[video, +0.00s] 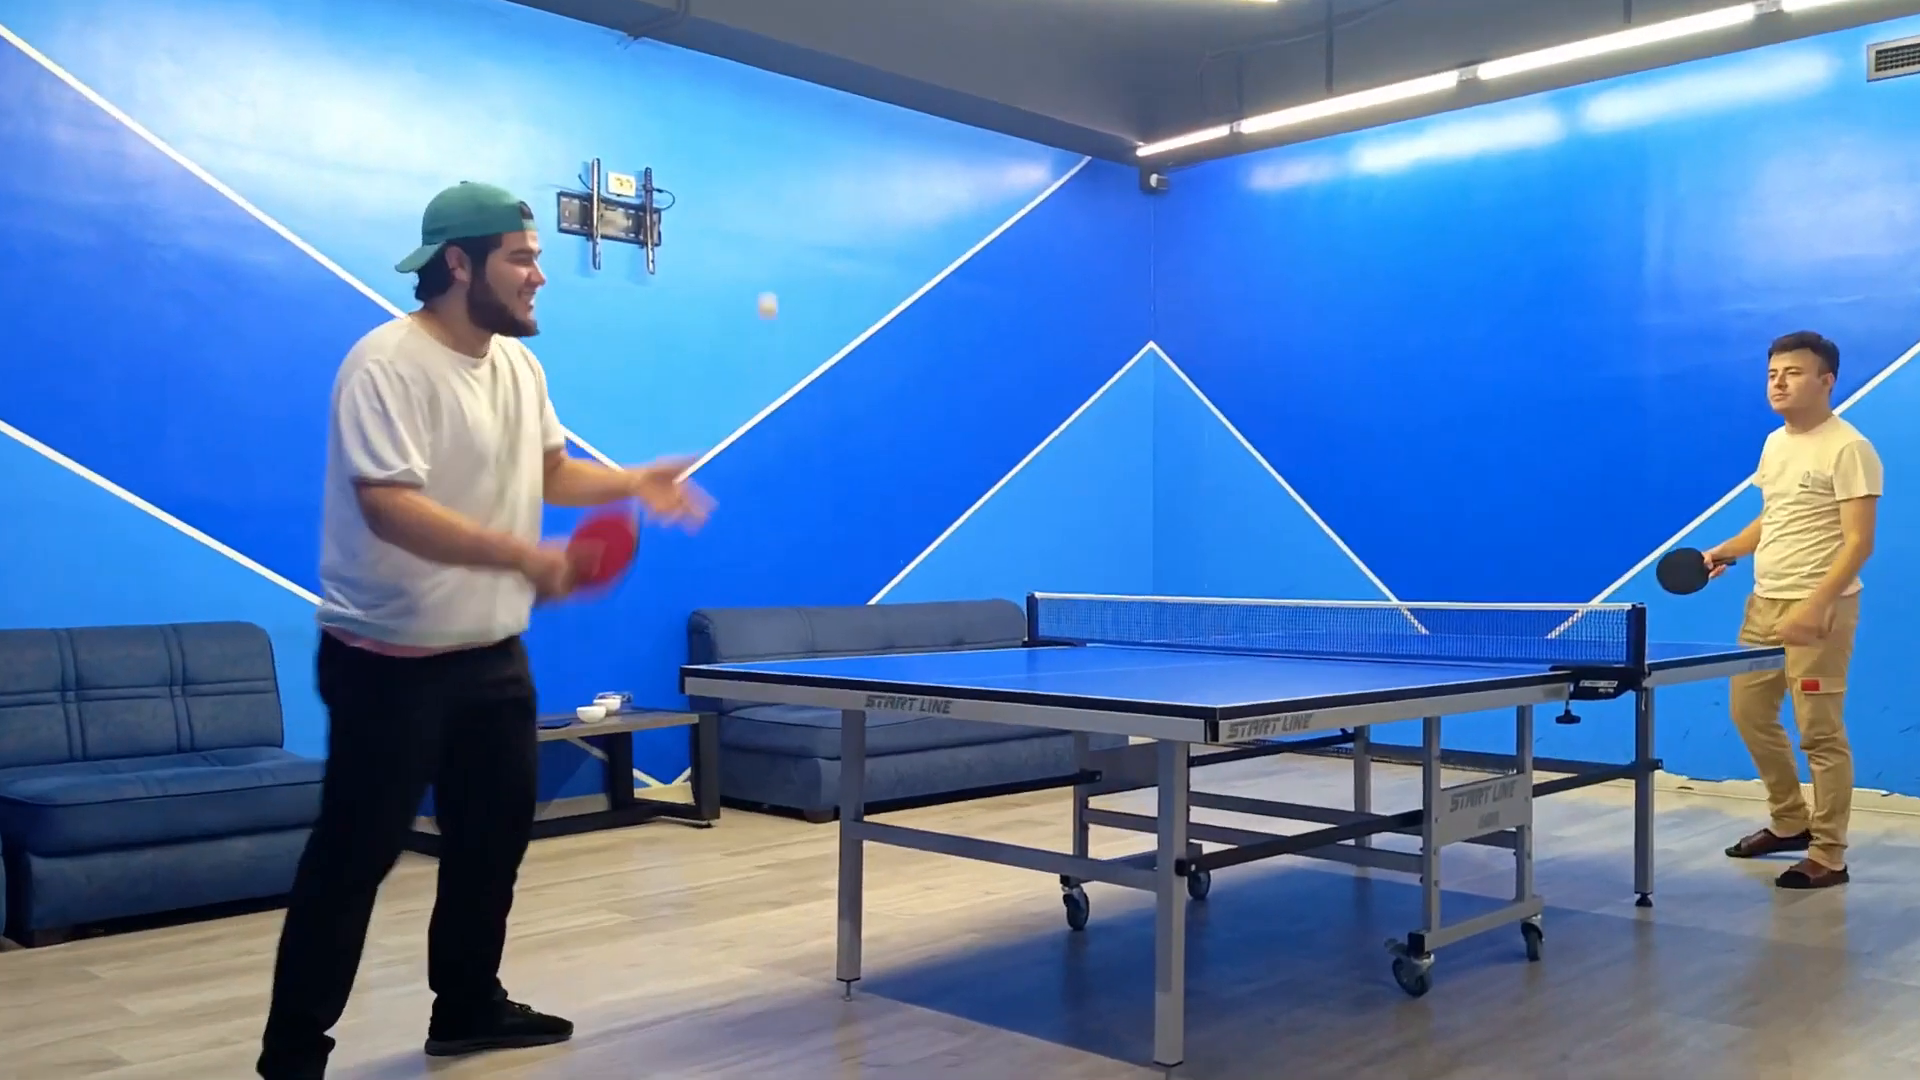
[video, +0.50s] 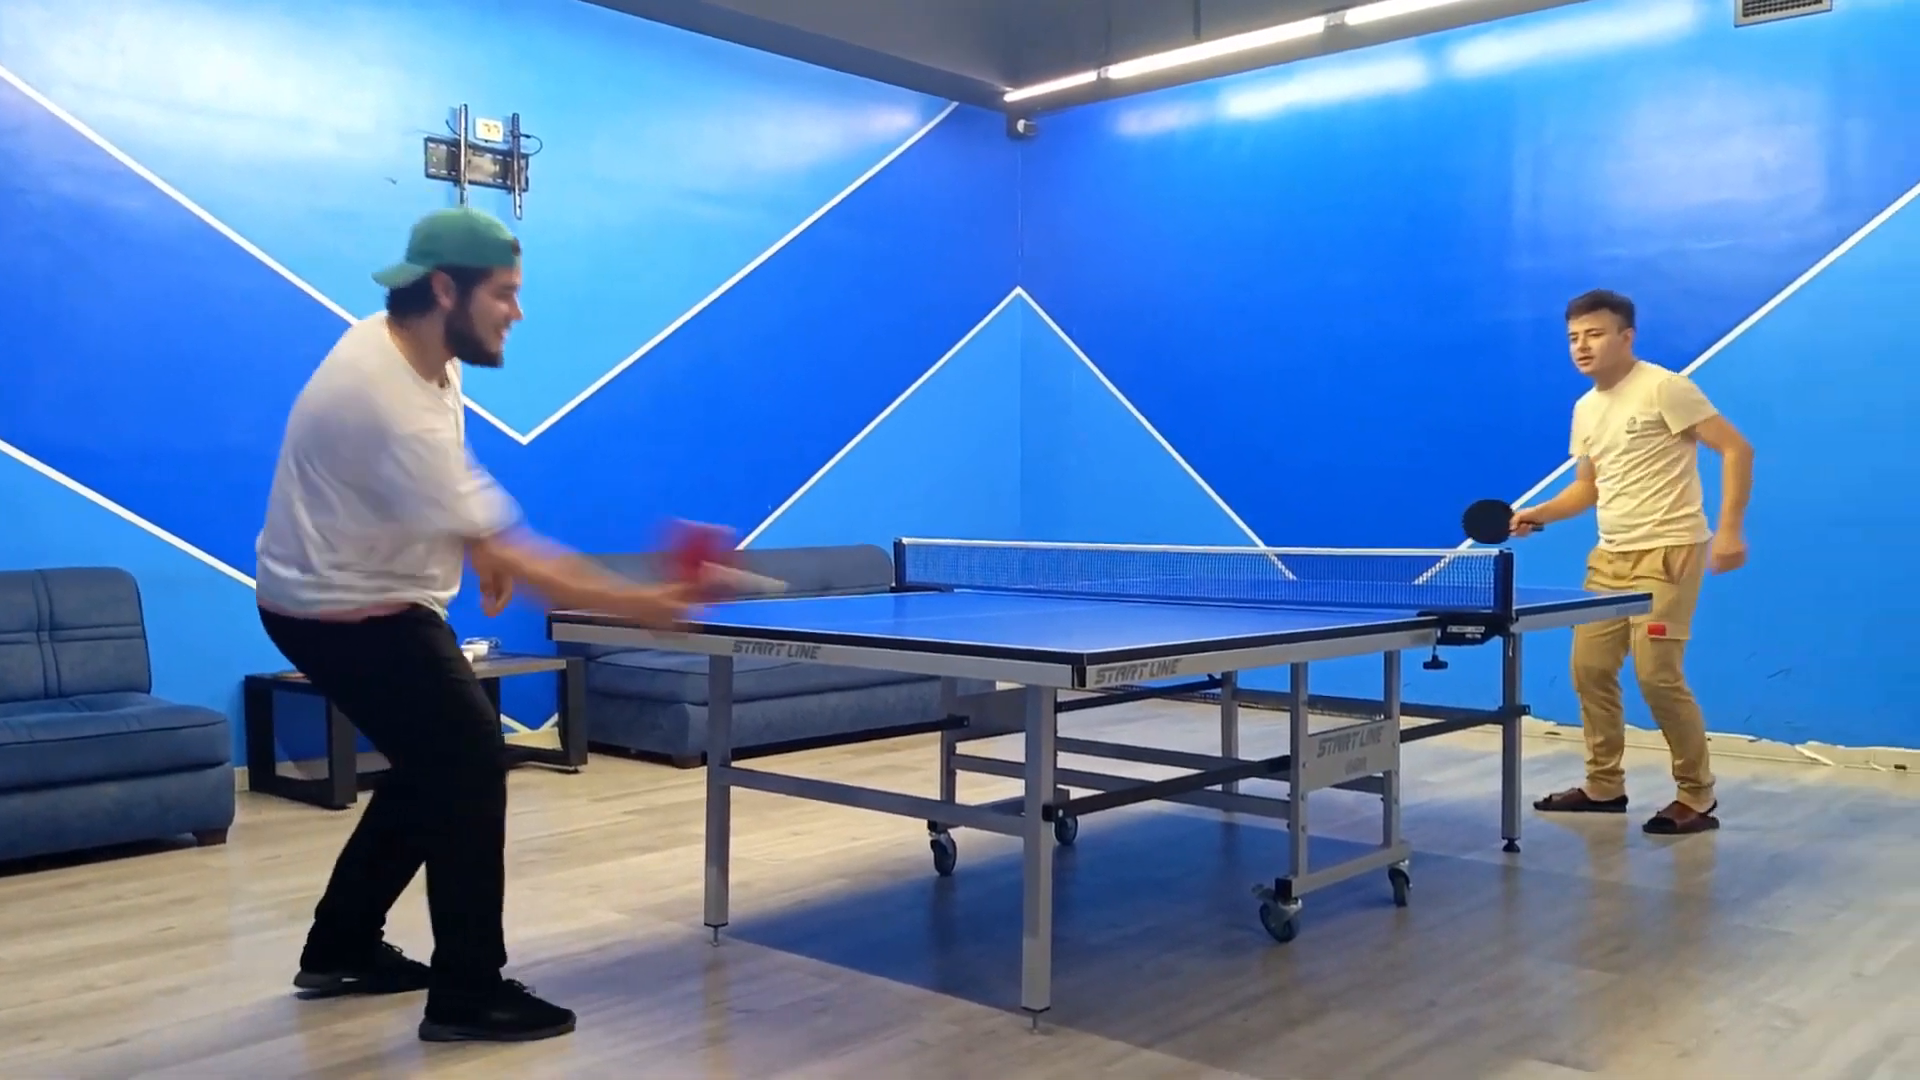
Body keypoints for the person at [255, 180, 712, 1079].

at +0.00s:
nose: (538, 275)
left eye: (537, 259)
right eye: (522, 259)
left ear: (483, 268)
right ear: (460, 265)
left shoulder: (517, 364)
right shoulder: (382, 366)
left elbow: (549, 471)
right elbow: (388, 508)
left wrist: (631, 481)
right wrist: (526, 556)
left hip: (490, 653)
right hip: (386, 661)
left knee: (493, 836)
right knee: (351, 857)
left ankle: (469, 1007)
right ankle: (293, 1051)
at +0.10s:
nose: (545, 251)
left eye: (543, 236)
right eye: (526, 236)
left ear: (510, 250)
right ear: (464, 248)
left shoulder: (526, 350)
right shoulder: (392, 350)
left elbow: (534, 461)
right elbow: (397, 495)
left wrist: (592, 509)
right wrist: (534, 498)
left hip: (507, 633)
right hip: (414, 637)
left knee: (494, 815)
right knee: (402, 820)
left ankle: (464, 991)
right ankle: (317, 1027)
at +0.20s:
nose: (560, 240)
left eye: (559, 225)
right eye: (542, 225)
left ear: (527, 239)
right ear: (480, 235)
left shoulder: (540, 334)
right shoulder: (405, 337)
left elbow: (539, 448)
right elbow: (390, 487)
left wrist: (568, 523)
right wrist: (524, 472)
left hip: (516, 604)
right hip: (426, 605)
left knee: (506, 791)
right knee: (455, 791)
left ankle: (463, 972)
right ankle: (386, 1011)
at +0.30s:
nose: (583, 248)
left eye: (583, 233)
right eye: (568, 233)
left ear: (533, 243)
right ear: (506, 238)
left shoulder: (556, 327)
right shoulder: (421, 337)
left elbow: (543, 442)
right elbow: (392, 489)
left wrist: (563, 520)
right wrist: (529, 486)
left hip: (520, 585)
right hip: (434, 587)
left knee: (508, 763)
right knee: (510, 752)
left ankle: (453, 958)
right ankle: (502, 994)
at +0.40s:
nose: (576, 280)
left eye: (576, 263)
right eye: (561, 263)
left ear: (520, 266)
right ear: (497, 264)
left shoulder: (525, 351)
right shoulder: (414, 368)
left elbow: (504, 484)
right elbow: (401, 525)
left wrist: (552, 535)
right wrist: (528, 553)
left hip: (483, 592)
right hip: (410, 596)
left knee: (491, 765)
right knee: (518, 753)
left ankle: (416, 946)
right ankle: (538, 987)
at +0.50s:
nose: (516, 310)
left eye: (516, 292)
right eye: (502, 292)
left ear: (444, 291)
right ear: (442, 291)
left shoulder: (416, 350)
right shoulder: (388, 409)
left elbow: (434, 459)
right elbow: (524, 565)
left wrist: (479, 540)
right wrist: (653, 600)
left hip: (386, 595)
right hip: (338, 608)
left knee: (443, 757)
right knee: (469, 759)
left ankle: (341, 942)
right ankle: (467, 989)